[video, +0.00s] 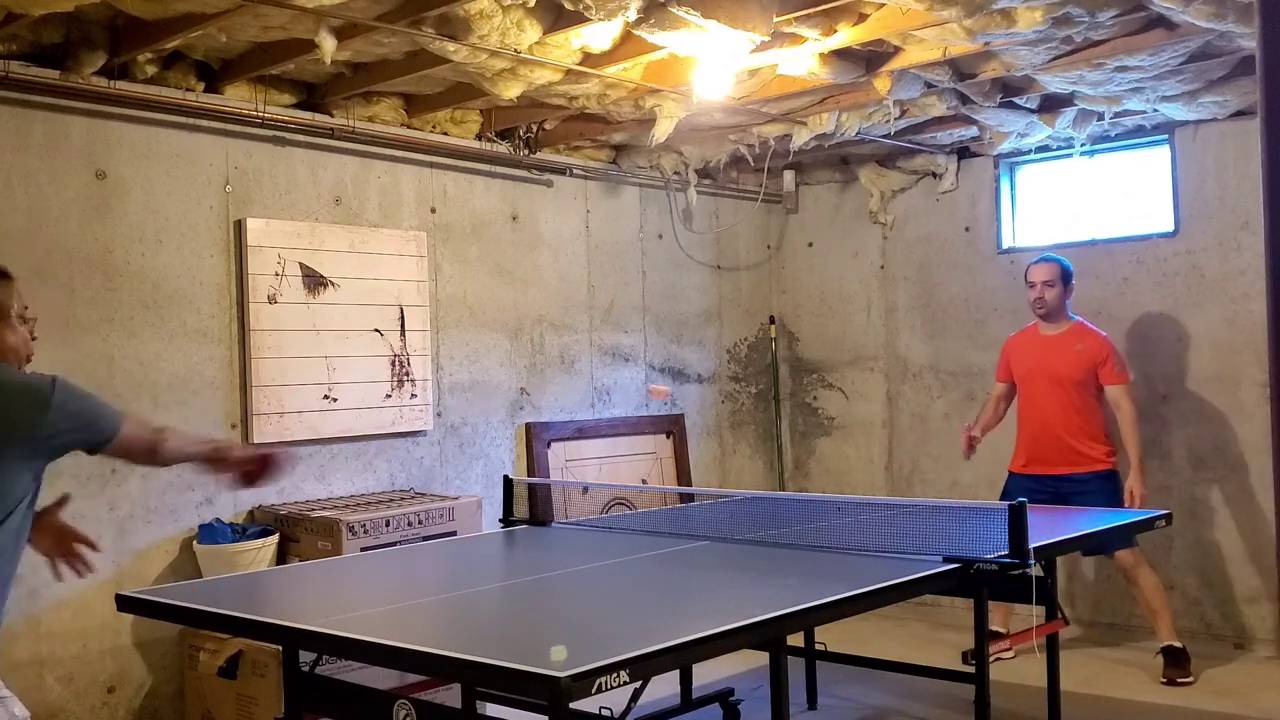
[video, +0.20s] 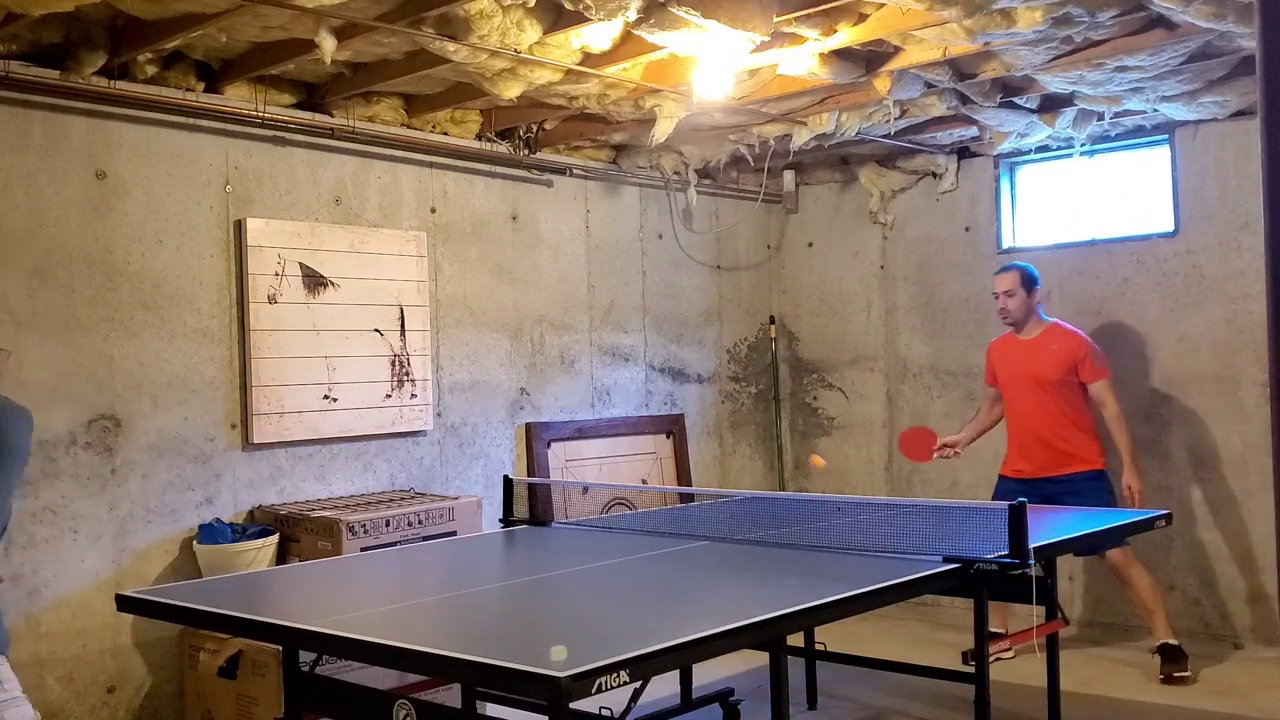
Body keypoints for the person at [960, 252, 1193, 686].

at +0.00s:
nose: (1037, 293)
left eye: (1047, 285)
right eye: (1031, 286)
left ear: (1067, 289)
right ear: (1026, 291)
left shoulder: (1096, 343)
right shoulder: (1016, 344)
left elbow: (1124, 407)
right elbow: (999, 398)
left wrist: (1135, 472)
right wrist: (978, 428)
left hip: (1090, 478)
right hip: (1028, 477)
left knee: (1127, 557)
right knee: (997, 551)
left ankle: (1171, 646)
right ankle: (998, 636)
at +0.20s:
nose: (1000, 304)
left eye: (1008, 295)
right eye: (996, 297)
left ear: (1034, 295)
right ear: (994, 300)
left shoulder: (1073, 343)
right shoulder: (998, 349)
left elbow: (1109, 406)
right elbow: (993, 404)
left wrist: (1130, 468)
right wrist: (961, 439)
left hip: (1079, 478)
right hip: (1018, 478)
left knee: (1116, 554)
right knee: (991, 552)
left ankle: (1167, 642)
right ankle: (997, 637)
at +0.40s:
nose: (988, 311)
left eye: (990, 301)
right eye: (985, 303)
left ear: (1014, 295)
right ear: (1011, 297)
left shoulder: (1070, 330)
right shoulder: (1011, 342)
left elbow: (1111, 387)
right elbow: (1020, 401)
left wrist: (1132, 447)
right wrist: (975, 434)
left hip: (1081, 467)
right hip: (1030, 471)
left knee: (1103, 554)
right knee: (1003, 552)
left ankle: (1163, 630)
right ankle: (997, 637)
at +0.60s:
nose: (1001, 325)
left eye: (1000, 317)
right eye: (999, 318)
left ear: (1015, 312)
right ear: (1024, 309)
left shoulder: (1074, 349)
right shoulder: (1036, 350)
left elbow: (1097, 412)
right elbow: (1039, 415)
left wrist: (1104, 469)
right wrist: (1001, 448)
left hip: (1080, 482)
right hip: (1037, 479)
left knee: (1107, 565)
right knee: (1000, 548)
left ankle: (1169, 640)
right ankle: (996, 631)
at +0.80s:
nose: (969, 337)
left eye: (968, 327)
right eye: (966, 328)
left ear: (983, 321)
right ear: (993, 318)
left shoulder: (1036, 354)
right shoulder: (1015, 354)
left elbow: (1028, 429)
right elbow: (1028, 428)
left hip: (1069, 482)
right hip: (1026, 478)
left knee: (1102, 564)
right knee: (975, 536)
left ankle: (1168, 640)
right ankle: (954, 621)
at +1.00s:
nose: (895, 365)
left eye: (897, 356)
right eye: (894, 357)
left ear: (916, 351)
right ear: (922, 349)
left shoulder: (946, 384)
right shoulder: (955, 375)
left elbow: (896, 454)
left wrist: (846, 488)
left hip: (1029, 489)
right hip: (991, 489)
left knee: (1087, 565)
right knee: (936, 544)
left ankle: (1163, 638)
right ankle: (910, 627)